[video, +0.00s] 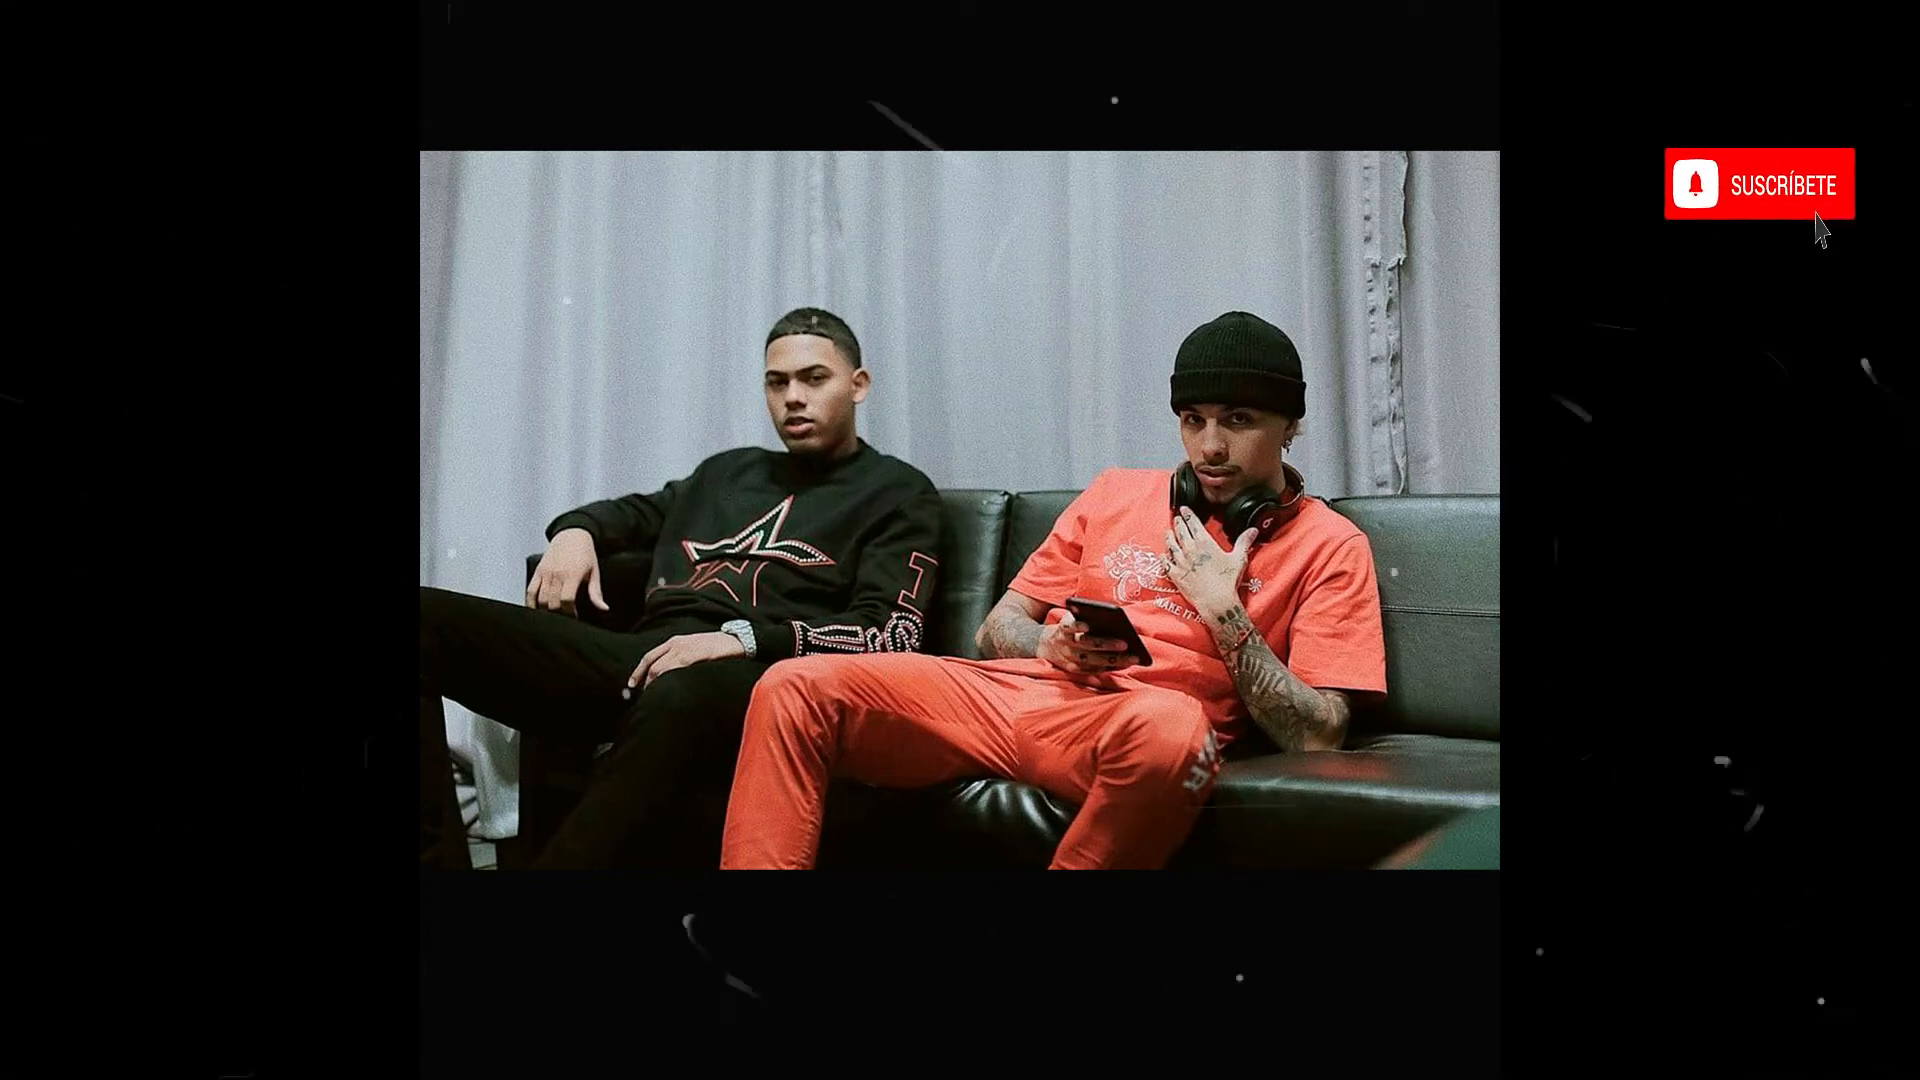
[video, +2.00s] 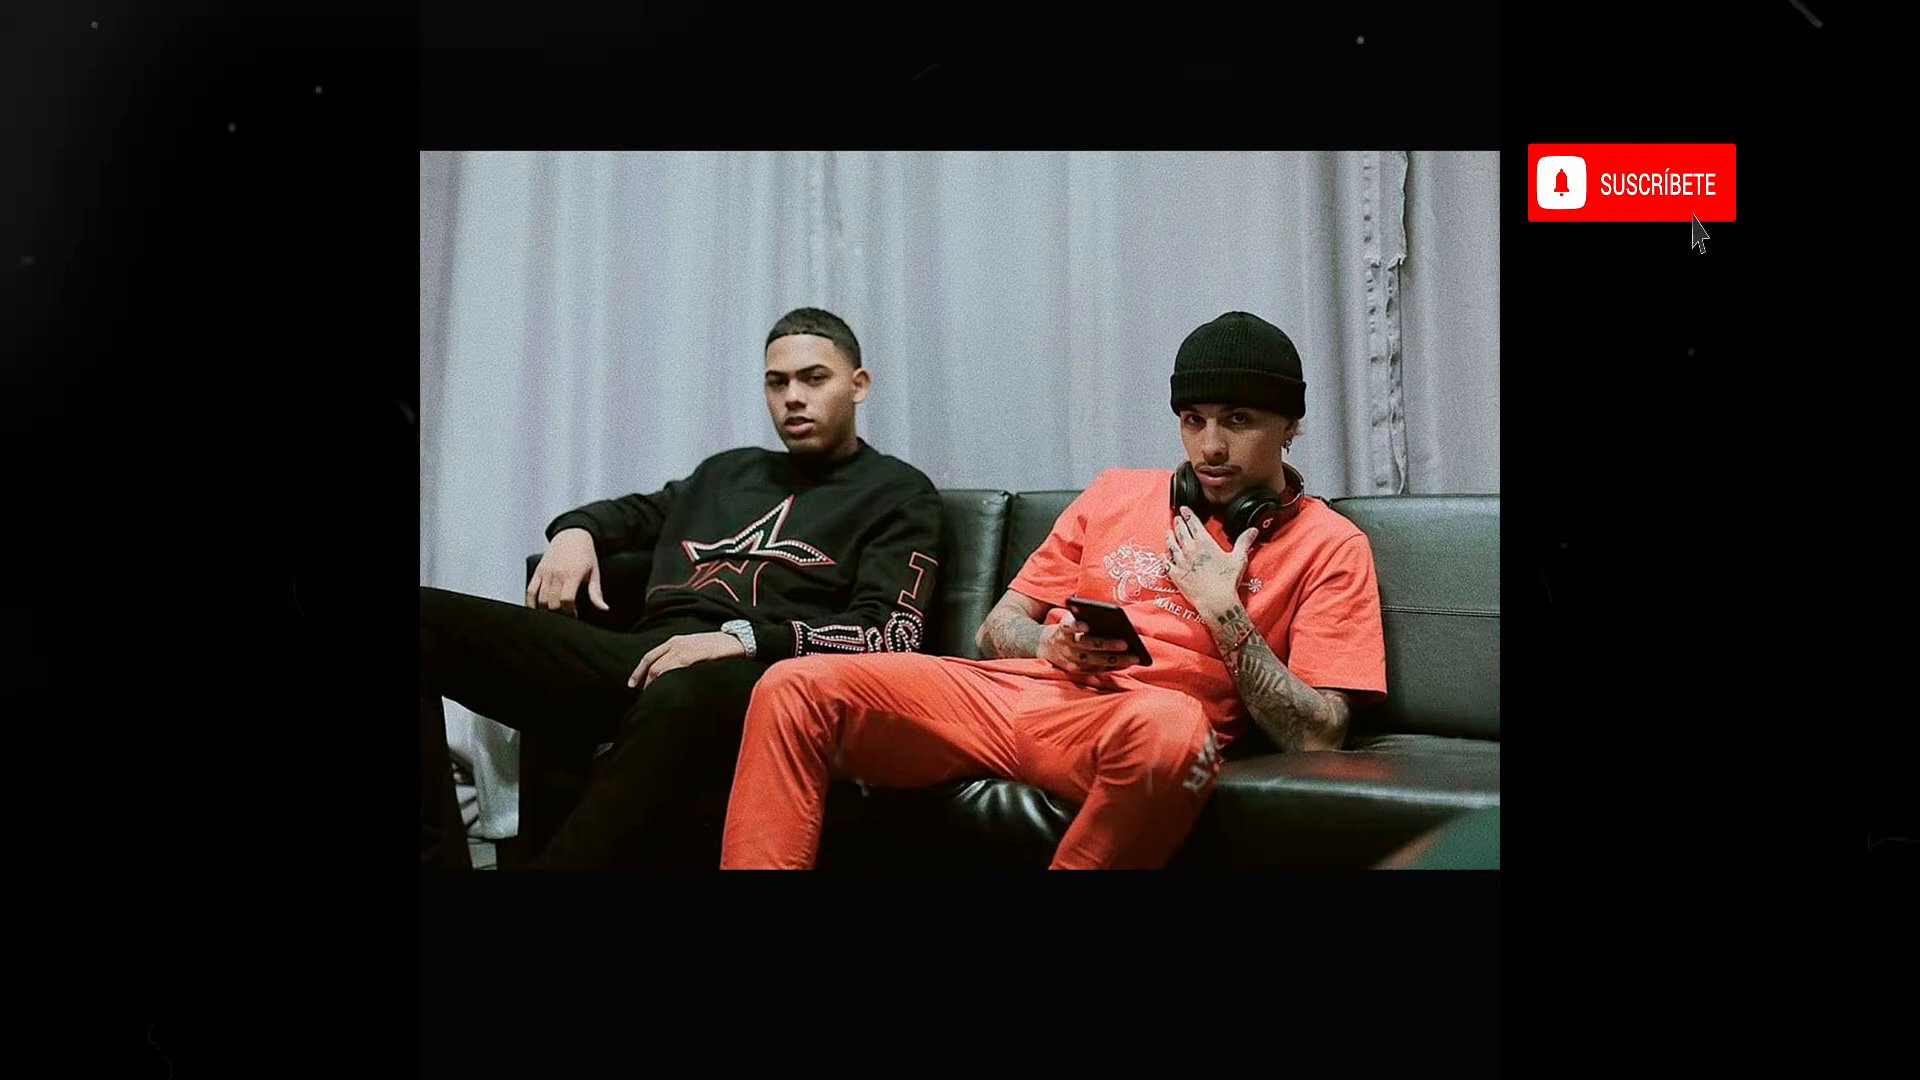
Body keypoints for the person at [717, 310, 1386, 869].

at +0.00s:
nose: (1210, 445)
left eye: (1238, 421)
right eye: (1195, 420)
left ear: (1288, 428)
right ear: (1178, 422)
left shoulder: (1328, 546)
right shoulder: (1117, 493)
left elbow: (1318, 736)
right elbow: (999, 626)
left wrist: (1227, 615)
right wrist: (1052, 646)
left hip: (1132, 707)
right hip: (1014, 685)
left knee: (1170, 745)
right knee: (792, 693)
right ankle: (750, 949)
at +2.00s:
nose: (1210, 445)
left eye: (1238, 421)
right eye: (1195, 419)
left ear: (1288, 429)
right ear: (1179, 422)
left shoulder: (1329, 546)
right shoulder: (1118, 493)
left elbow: (1318, 734)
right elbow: (999, 626)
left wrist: (1227, 615)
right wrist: (1051, 647)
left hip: (1131, 708)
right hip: (1014, 685)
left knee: (1171, 745)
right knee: (792, 693)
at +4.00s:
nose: (1210, 445)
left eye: (1238, 421)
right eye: (1196, 419)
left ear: (1289, 429)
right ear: (1179, 422)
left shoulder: (1328, 546)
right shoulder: (1118, 492)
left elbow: (1318, 734)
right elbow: (999, 626)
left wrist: (1226, 614)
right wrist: (1050, 647)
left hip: (1130, 709)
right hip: (1013, 685)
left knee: (1171, 746)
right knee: (792, 693)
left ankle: (1036, 960)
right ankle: (758, 925)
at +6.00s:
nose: (1211, 445)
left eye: (1238, 421)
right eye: (1196, 419)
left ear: (1289, 429)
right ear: (1178, 422)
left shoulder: (1328, 545)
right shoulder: (1118, 492)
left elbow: (1318, 735)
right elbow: (999, 627)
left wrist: (1227, 615)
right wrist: (1050, 647)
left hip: (1129, 709)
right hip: (1012, 685)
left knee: (1171, 746)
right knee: (792, 693)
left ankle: (1042, 946)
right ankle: (763, 932)